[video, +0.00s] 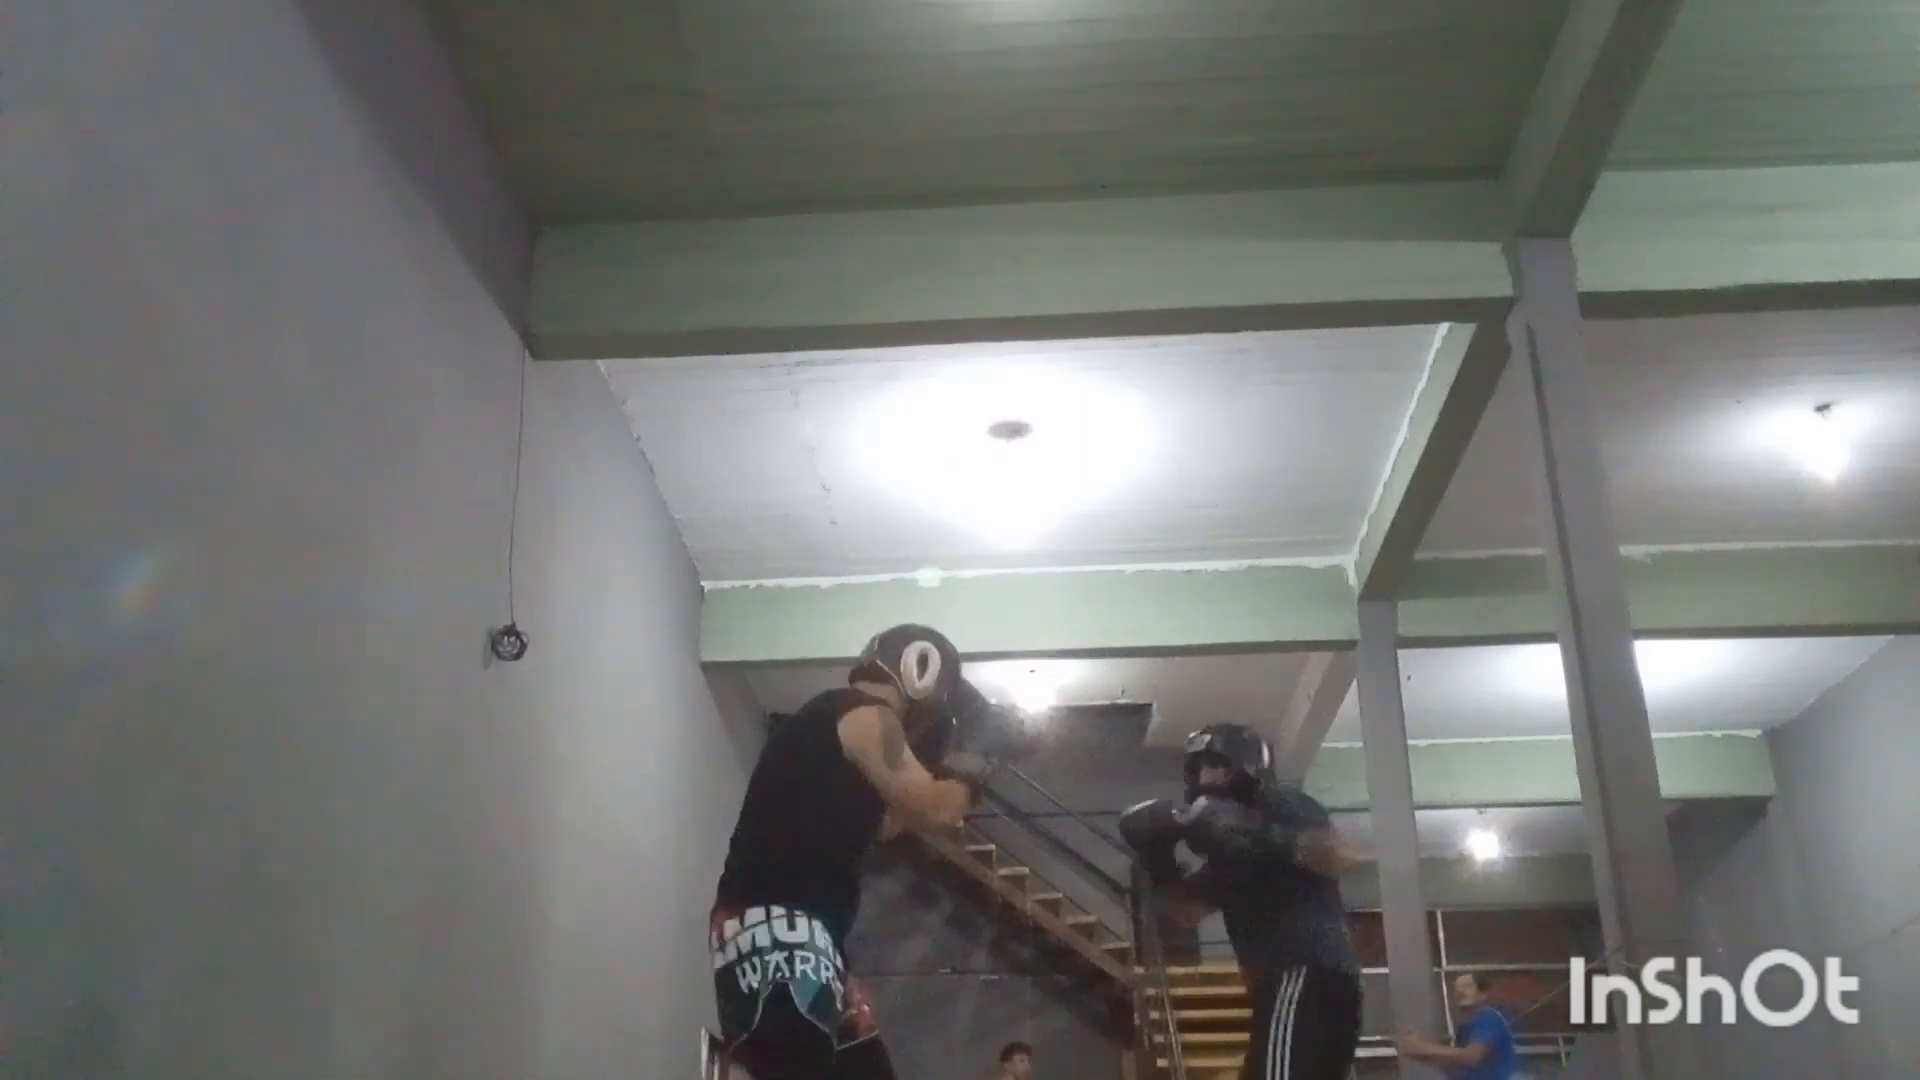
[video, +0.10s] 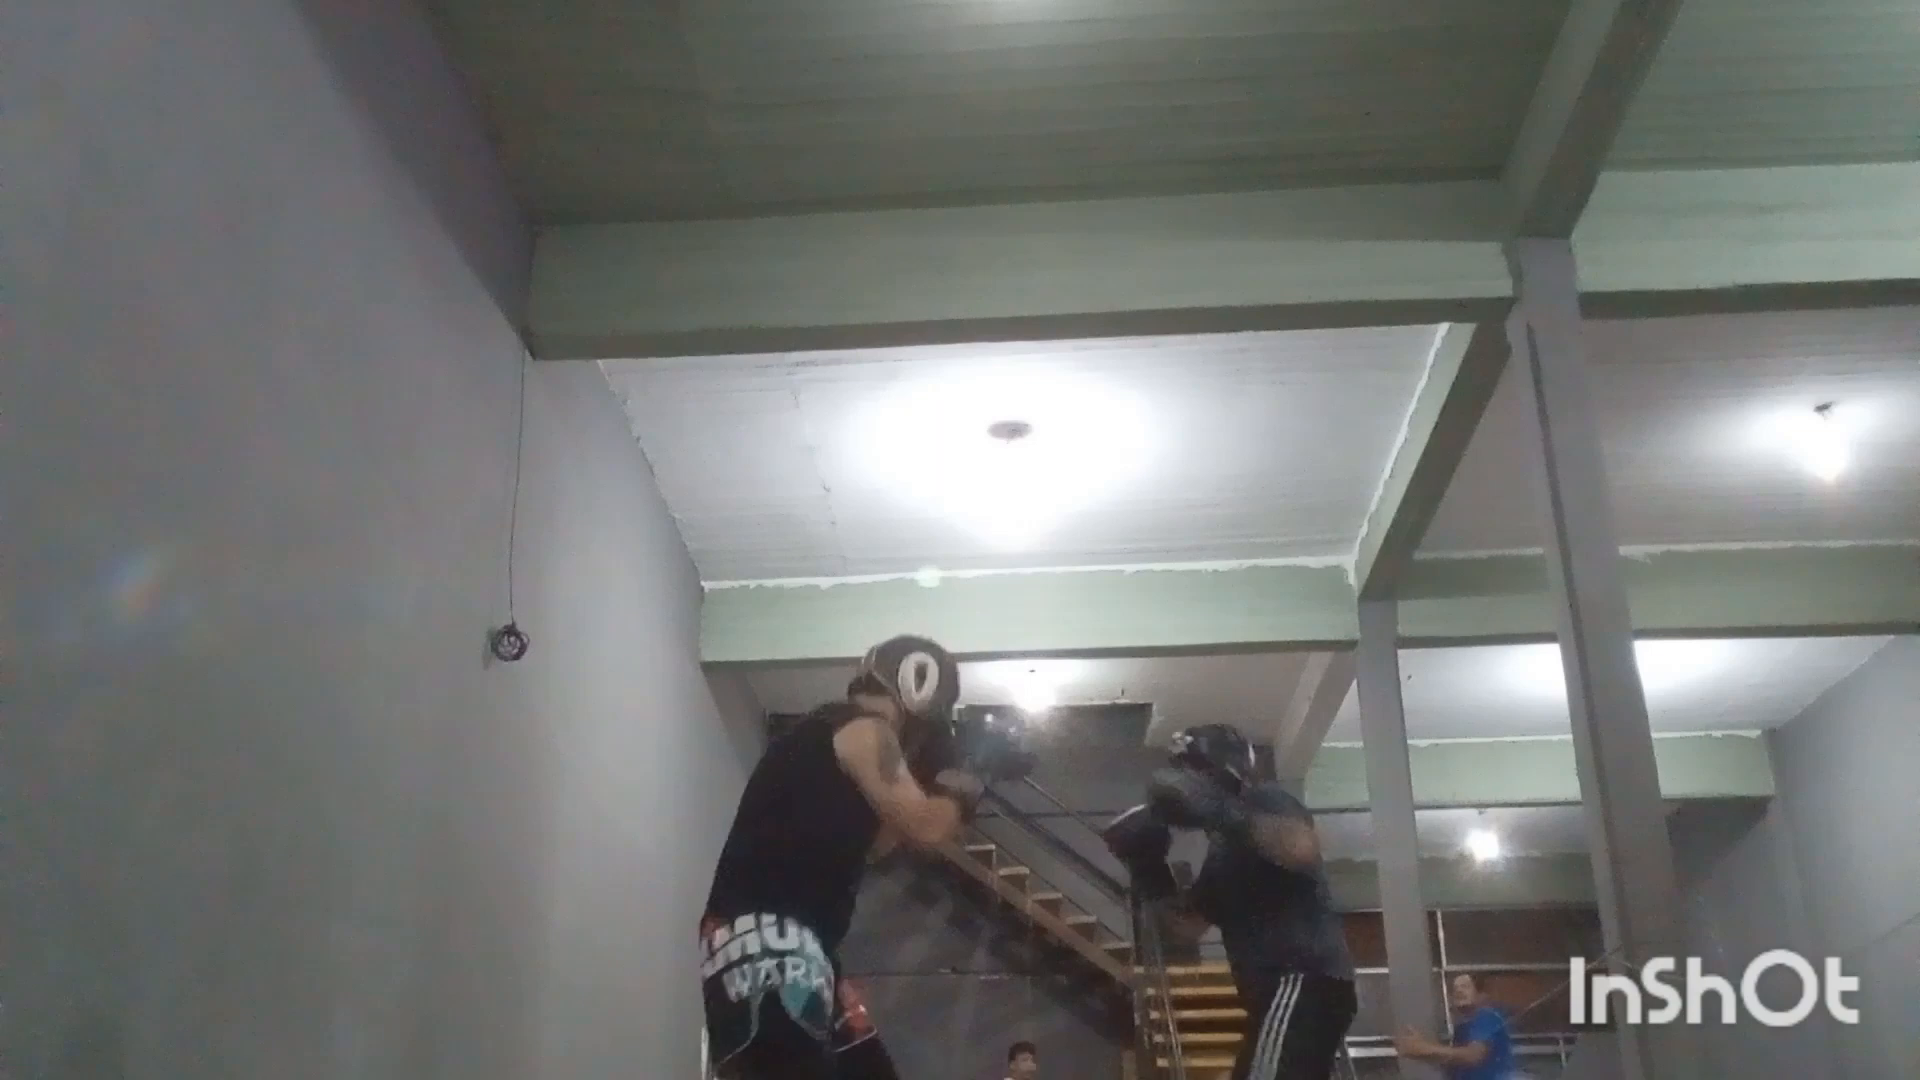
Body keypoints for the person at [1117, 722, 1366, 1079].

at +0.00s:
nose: (1202, 780)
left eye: (1213, 767)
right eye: (1197, 769)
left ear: (1243, 769)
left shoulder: (1287, 804)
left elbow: (1322, 853)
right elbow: (1184, 907)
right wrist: (1155, 846)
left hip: (1311, 973)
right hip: (1279, 978)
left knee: (1278, 1070)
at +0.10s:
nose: (1182, 782)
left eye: (1191, 768)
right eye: (1180, 771)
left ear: (1220, 769)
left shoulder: (1267, 799)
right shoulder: (1223, 845)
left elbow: (1301, 848)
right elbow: (1186, 927)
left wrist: (1215, 808)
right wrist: (1147, 861)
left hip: (1306, 979)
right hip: (1273, 986)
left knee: (1263, 1072)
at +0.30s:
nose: (1175, 743)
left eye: (1183, 730)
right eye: (1175, 732)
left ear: (1208, 732)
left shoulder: (1254, 773)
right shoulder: (1223, 796)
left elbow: (1207, 805)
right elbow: (1176, 879)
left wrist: (1158, 744)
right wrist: (1132, 829)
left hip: (1299, 958)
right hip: (1270, 962)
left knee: (1246, 1072)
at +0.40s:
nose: (1176, 719)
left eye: (1183, 708)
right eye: (1177, 710)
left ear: (1208, 709)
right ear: (1226, 711)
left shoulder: (1263, 752)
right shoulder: (1221, 787)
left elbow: (1207, 765)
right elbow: (1145, 834)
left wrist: (1163, 710)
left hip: (1298, 949)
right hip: (1273, 953)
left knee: (1244, 1073)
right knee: (1288, 1073)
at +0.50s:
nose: (1179, 729)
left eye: (1187, 718)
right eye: (1180, 721)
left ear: (1211, 716)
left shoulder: (1277, 756)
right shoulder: (1227, 796)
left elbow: (1242, 777)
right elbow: (1154, 842)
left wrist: (1178, 718)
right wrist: (1126, 766)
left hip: (1305, 951)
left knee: (1241, 1069)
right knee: (1321, 1073)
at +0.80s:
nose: (1164, 719)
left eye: (1168, 705)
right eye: (1161, 708)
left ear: (1191, 701)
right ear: (1221, 698)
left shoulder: (1238, 744)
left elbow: (1186, 764)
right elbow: (1166, 856)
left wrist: (1127, 710)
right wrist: (1113, 776)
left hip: (1281, 944)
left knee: (1212, 1069)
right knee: (1328, 1070)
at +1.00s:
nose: (1136, 708)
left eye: (1137, 696)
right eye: (1133, 698)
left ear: (1155, 681)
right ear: (1189, 670)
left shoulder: (1211, 706)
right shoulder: (1190, 756)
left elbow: (1126, 720)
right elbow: (1123, 812)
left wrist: (1086, 671)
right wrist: (1097, 771)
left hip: (1253, 911)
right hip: (1300, 911)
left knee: (1155, 1057)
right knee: (1284, 1069)